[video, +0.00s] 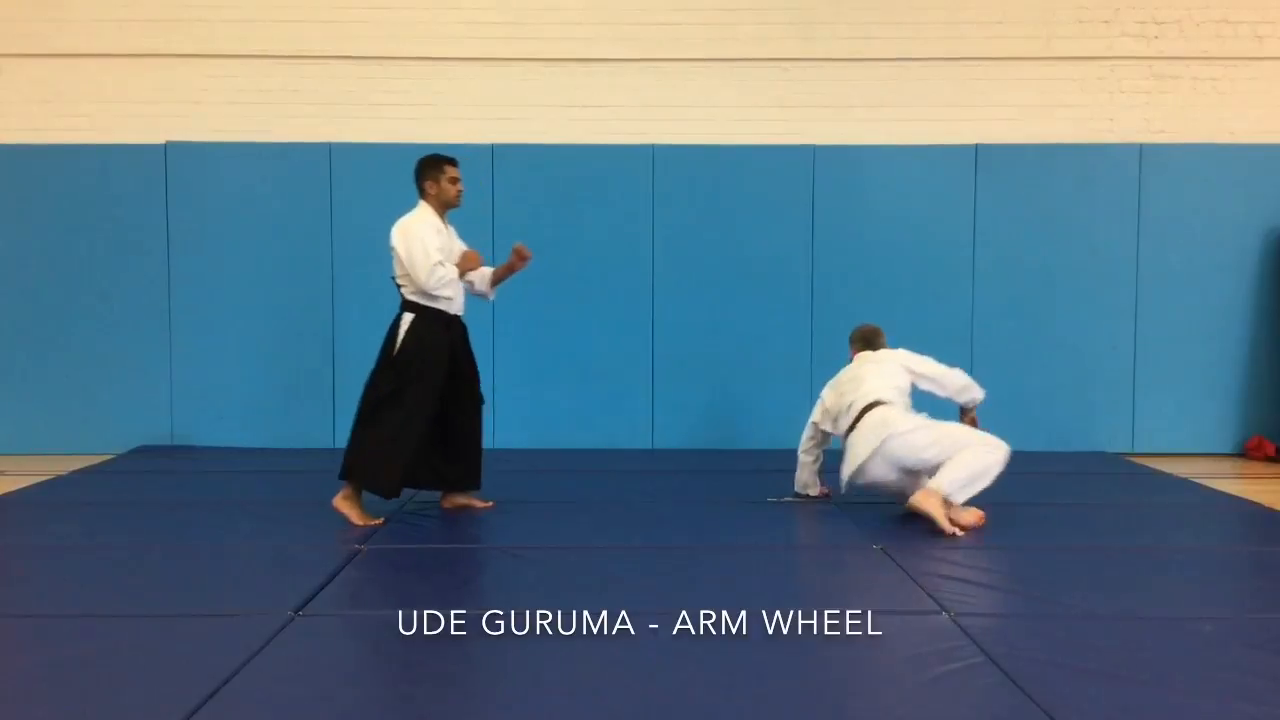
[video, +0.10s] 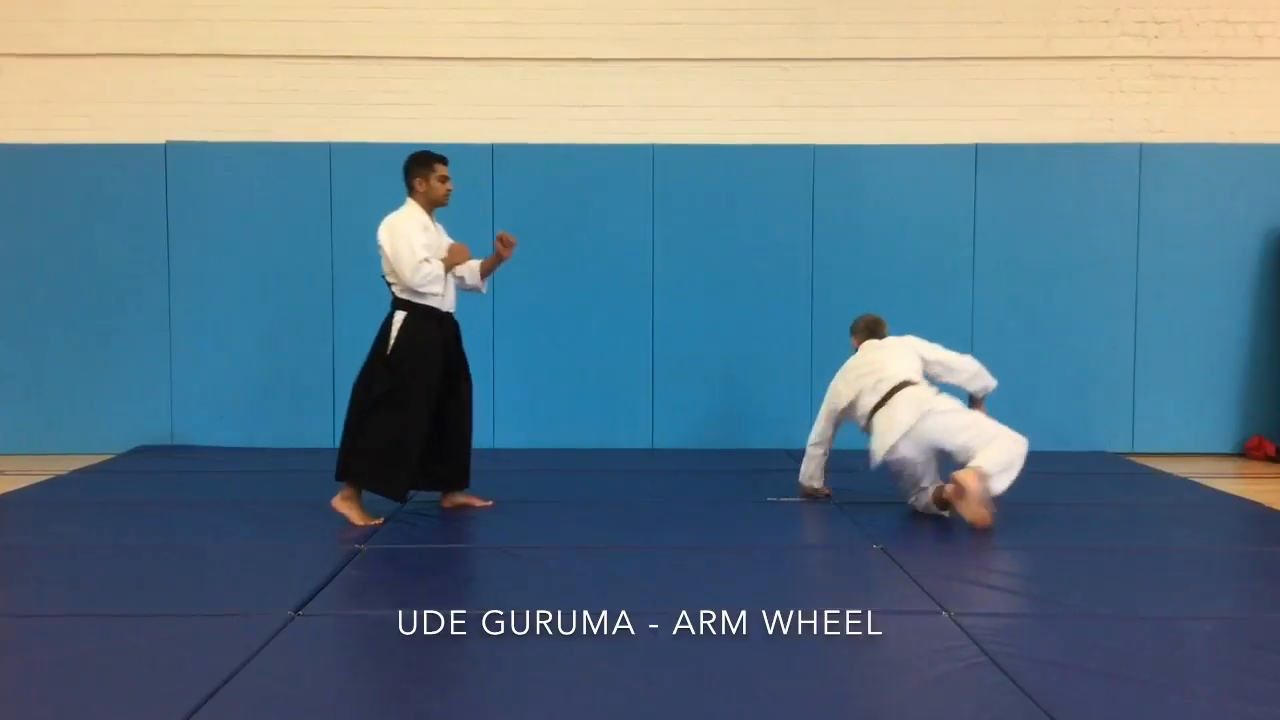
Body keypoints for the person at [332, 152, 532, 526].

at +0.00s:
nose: (460, 188)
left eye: (460, 181)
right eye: (453, 181)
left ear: (440, 188)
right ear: (430, 186)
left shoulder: (447, 233)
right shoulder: (411, 227)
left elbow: (474, 282)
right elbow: (429, 281)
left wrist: (508, 268)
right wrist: (460, 267)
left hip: (449, 328)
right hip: (419, 327)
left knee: (463, 405)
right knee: (392, 407)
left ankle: (455, 491)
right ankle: (350, 493)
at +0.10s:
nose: (449, 186)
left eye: (449, 179)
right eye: (442, 180)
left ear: (427, 185)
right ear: (419, 183)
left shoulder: (435, 229)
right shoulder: (398, 224)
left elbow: (461, 276)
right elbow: (415, 277)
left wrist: (495, 260)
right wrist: (447, 261)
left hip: (442, 327)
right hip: (410, 326)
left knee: (453, 405)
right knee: (385, 407)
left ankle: (453, 490)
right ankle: (349, 494)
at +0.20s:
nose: (441, 188)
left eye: (441, 181)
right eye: (434, 181)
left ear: (420, 185)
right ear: (411, 183)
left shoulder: (426, 229)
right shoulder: (388, 224)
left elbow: (454, 272)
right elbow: (408, 276)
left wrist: (491, 254)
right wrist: (438, 259)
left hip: (435, 327)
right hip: (404, 326)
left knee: (449, 404)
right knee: (379, 408)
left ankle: (450, 490)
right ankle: (348, 494)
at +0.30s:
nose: (434, 188)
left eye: (434, 181)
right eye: (428, 181)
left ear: (412, 185)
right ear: (404, 182)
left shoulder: (420, 228)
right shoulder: (382, 225)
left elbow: (450, 269)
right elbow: (404, 278)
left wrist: (489, 257)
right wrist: (434, 258)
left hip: (433, 326)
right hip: (401, 326)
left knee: (446, 404)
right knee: (378, 408)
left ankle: (449, 490)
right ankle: (348, 494)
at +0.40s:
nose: (430, 186)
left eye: (430, 180)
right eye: (424, 180)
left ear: (409, 184)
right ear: (399, 182)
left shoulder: (418, 228)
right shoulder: (378, 225)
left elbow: (448, 269)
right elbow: (401, 277)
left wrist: (486, 254)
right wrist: (431, 255)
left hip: (433, 326)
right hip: (400, 326)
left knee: (445, 405)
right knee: (378, 409)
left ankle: (448, 490)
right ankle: (347, 494)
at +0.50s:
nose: (428, 188)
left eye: (427, 181)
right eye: (421, 181)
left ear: (406, 185)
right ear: (397, 184)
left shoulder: (416, 228)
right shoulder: (376, 226)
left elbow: (450, 267)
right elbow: (401, 277)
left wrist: (487, 252)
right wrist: (430, 254)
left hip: (432, 327)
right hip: (399, 327)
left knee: (445, 407)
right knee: (377, 411)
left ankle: (449, 491)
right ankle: (346, 497)